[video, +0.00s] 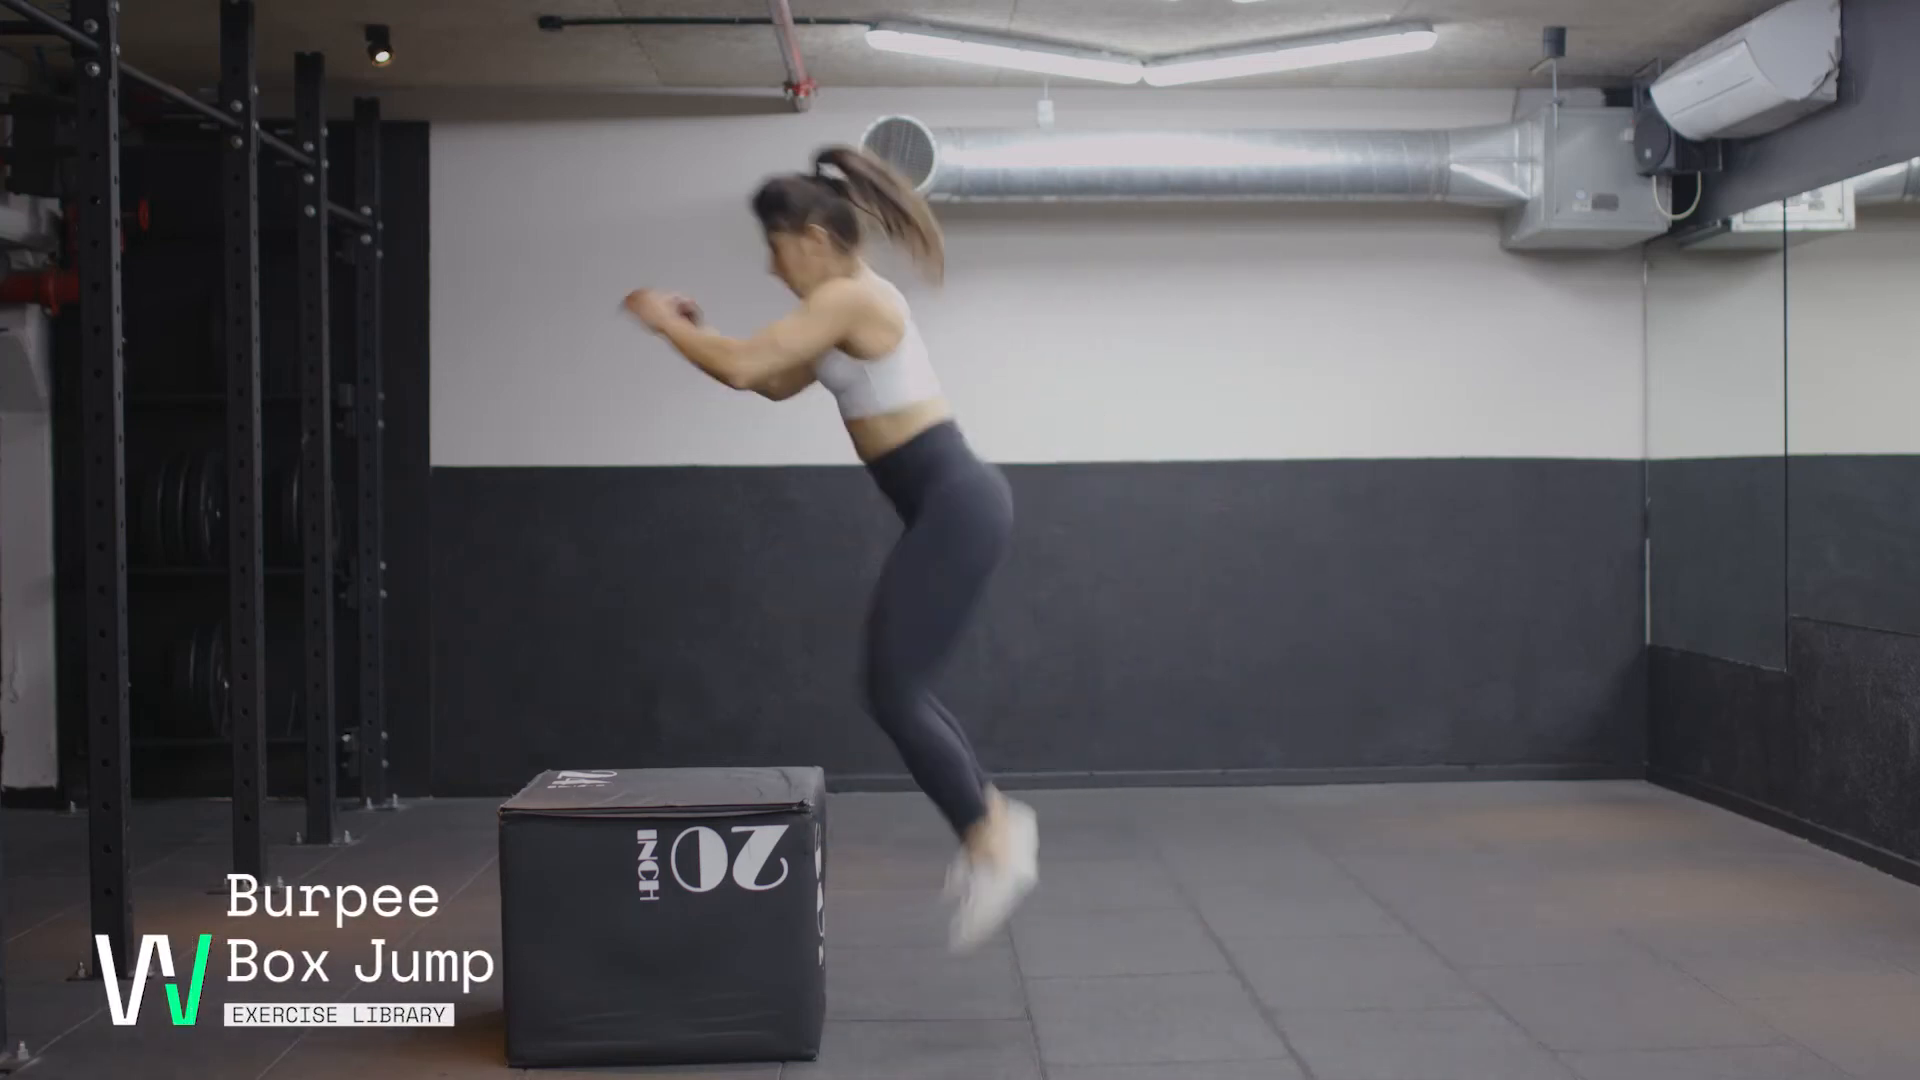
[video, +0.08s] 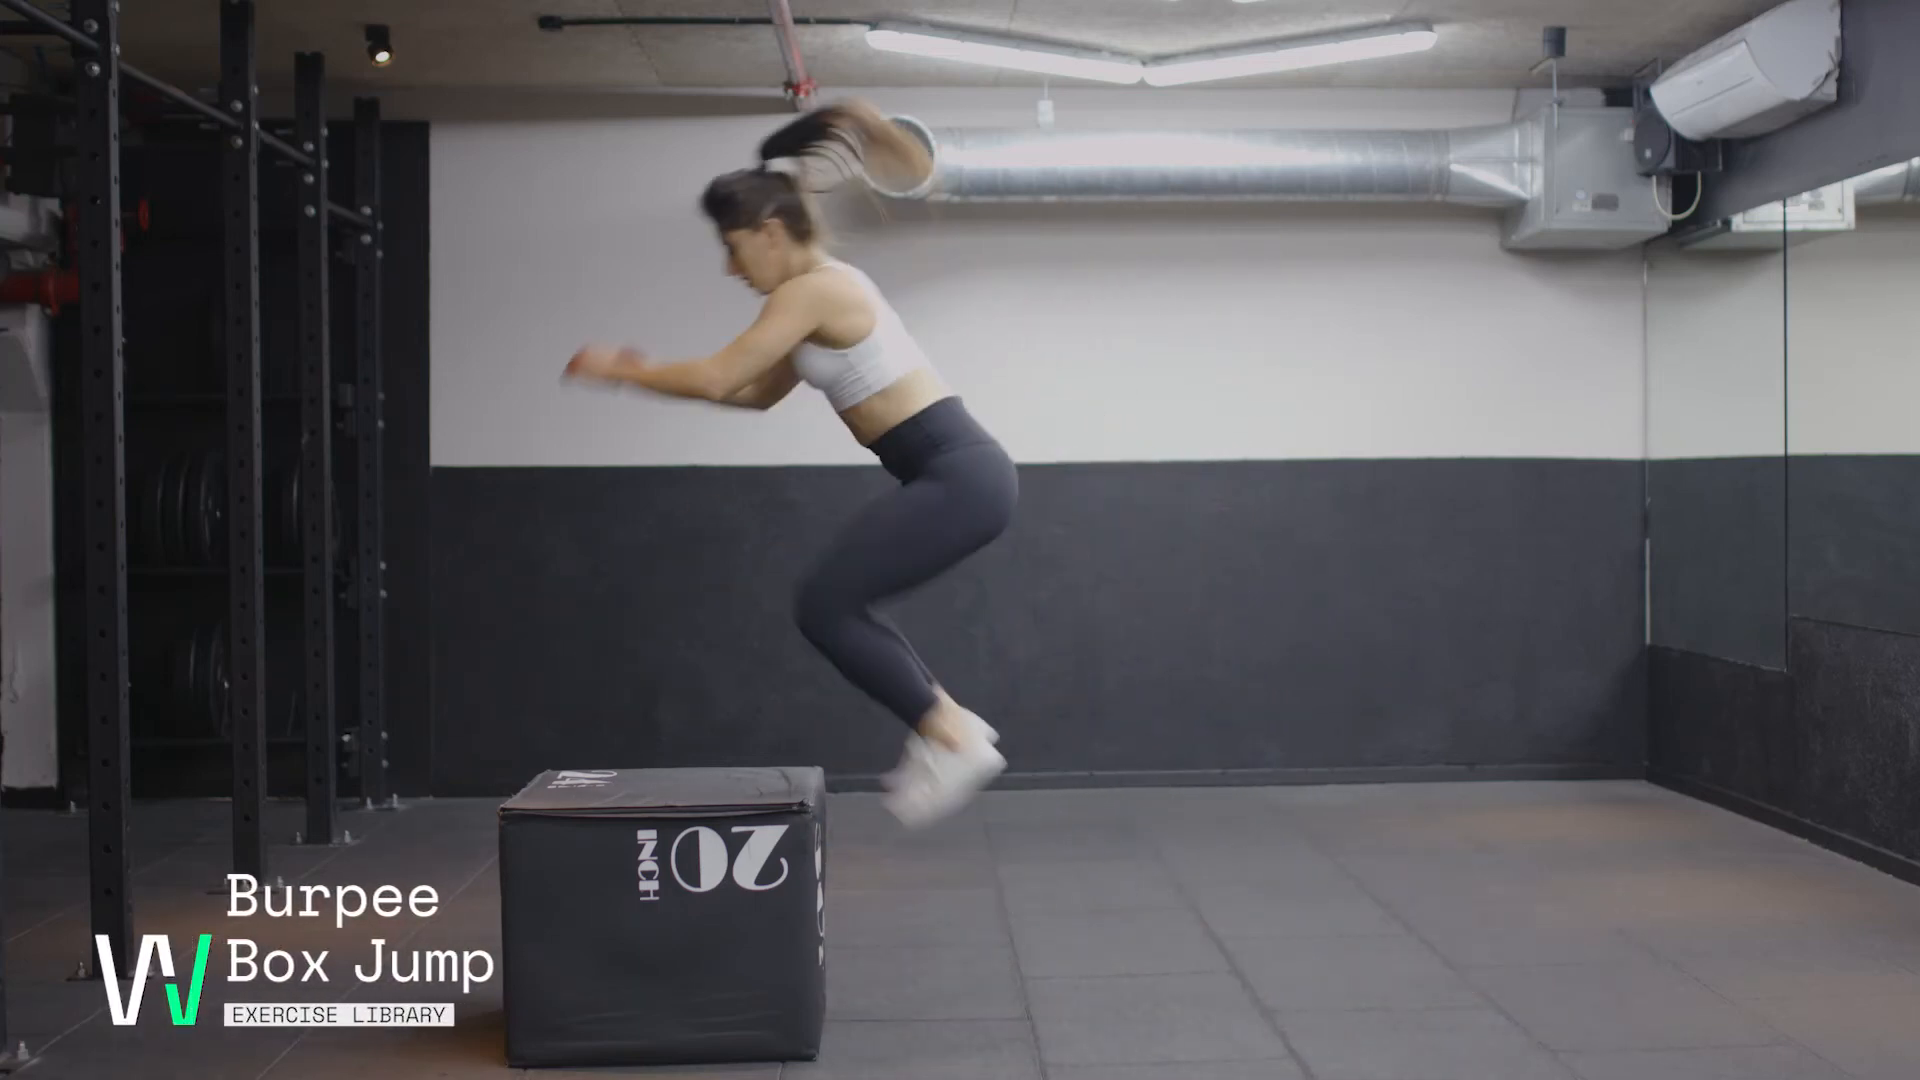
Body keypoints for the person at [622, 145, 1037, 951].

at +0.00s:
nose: (772, 261)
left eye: (776, 244)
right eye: (771, 247)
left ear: (814, 237)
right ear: (822, 238)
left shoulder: (852, 299)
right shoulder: (851, 304)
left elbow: (746, 367)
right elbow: (774, 384)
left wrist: (668, 326)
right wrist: (691, 331)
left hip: (955, 505)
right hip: (944, 504)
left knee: (894, 688)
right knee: (895, 683)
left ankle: (989, 840)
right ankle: (993, 821)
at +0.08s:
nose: (729, 263)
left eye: (733, 246)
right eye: (726, 249)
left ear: (775, 231)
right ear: (776, 232)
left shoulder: (817, 289)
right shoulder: (820, 292)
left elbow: (719, 376)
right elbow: (756, 395)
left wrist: (625, 368)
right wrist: (652, 373)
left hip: (961, 478)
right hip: (953, 475)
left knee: (826, 606)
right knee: (833, 601)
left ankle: (951, 736)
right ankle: (951, 729)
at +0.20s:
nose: (676, 313)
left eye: (677, 293)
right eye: (670, 298)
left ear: (712, 273)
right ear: (716, 274)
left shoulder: (769, 336)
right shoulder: (778, 331)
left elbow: (694, 449)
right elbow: (721, 463)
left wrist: (594, 501)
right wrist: (616, 499)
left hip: (947, 462)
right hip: (941, 459)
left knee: (784, 555)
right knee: (783, 553)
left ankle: (813, 743)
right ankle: (798, 716)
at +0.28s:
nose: (649, 338)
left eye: (650, 320)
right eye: (643, 324)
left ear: (688, 298)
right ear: (688, 300)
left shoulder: (748, 361)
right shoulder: (758, 353)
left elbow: (696, 488)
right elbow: (740, 487)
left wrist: (611, 576)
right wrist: (663, 563)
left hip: (920, 483)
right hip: (921, 480)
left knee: (758, 568)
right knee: (760, 567)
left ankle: (783, 753)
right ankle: (780, 748)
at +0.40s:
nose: (627, 312)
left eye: (628, 294)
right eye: (621, 298)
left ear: (666, 275)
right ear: (668, 276)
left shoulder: (727, 344)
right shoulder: (741, 328)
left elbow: (732, 481)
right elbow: (770, 476)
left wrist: (712, 599)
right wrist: (755, 574)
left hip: (895, 473)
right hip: (899, 468)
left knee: (741, 573)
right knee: (741, 569)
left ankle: (783, 754)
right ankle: (778, 749)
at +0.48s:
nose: (622, 263)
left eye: (624, 245)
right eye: (617, 248)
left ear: (655, 233)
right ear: (673, 227)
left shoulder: (722, 297)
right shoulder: (726, 286)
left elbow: (760, 425)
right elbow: (779, 420)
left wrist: (782, 539)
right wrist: (825, 526)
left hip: (884, 441)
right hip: (879, 438)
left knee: (743, 571)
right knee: (747, 567)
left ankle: (783, 752)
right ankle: (778, 746)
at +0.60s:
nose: (635, 181)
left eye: (635, 164)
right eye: (631, 167)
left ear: (663, 150)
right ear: (681, 143)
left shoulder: (723, 213)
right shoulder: (728, 207)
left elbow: (783, 332)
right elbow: (786, 333)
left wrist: (837, 439)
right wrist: (845, 438)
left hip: (859, 388)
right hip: (861, 384)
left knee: (767, 564)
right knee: (768, 562)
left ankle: (786, 752)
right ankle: (782, 747)